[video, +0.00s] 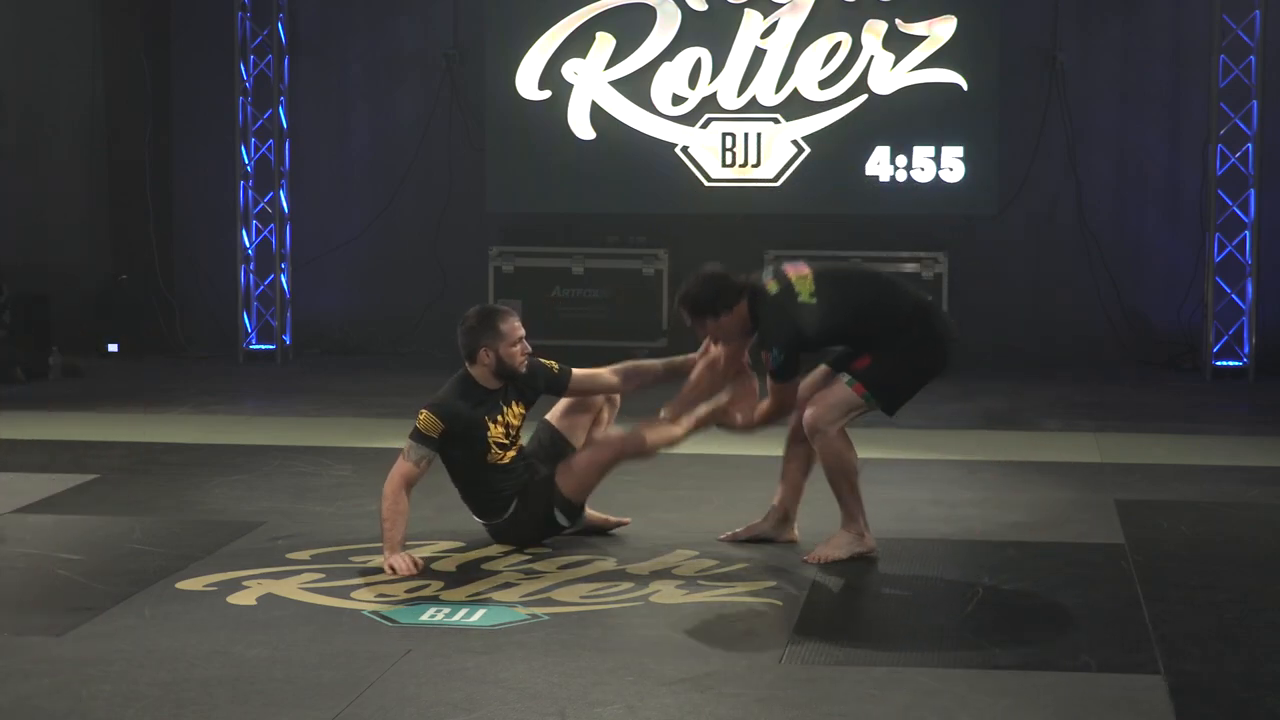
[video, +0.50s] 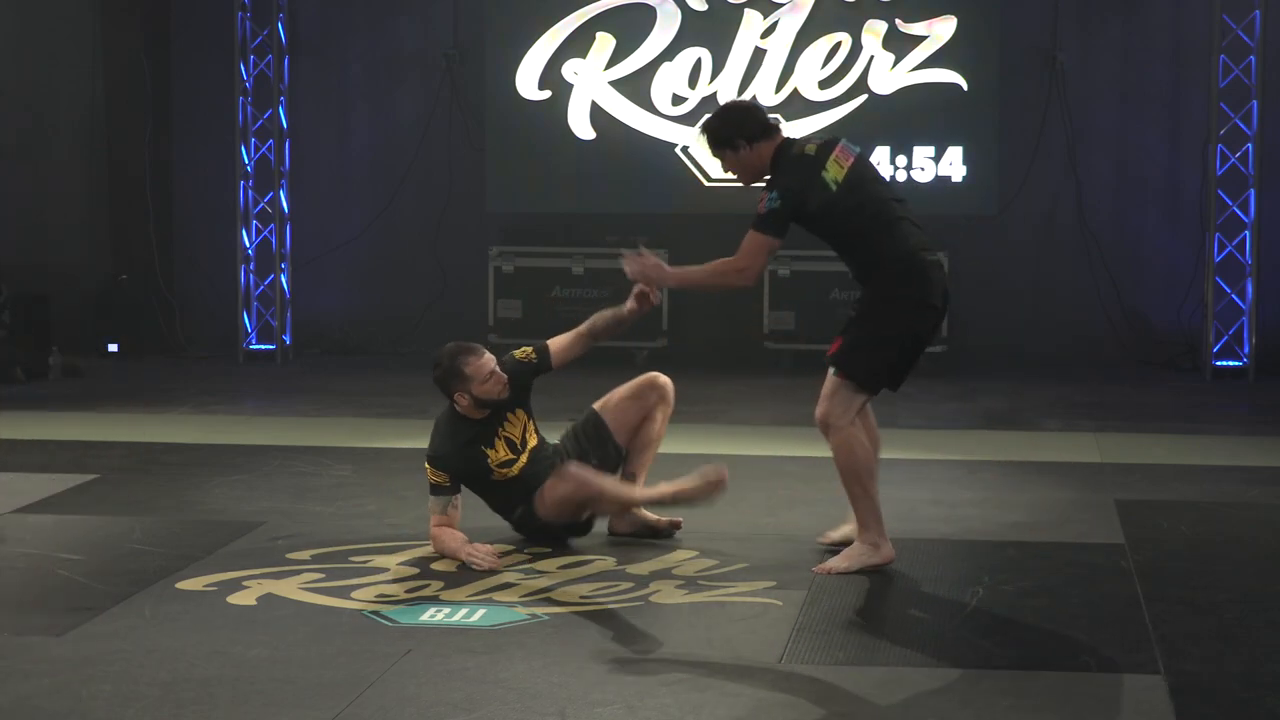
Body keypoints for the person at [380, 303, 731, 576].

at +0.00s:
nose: (528, 349)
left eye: (524, 339)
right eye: (518, 343)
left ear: (497, 352)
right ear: (486, 356)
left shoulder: (522, 373)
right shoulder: (447, 409)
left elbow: (614, 378)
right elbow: (398, 483)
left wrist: (691, 362)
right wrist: (392, 550)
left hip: (527, 473)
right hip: (514, 515)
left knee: (601, 396)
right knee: (609, 444)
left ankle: (570, 513)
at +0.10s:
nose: (518, 356)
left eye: (515, 348)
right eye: (506, 353)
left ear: (509, 349)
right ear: (475, 368)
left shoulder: (521, 372)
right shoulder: (451, 424)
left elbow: (611, 354)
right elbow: (412, 497)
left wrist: (688, 328)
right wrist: (406, 548)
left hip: (557, 487)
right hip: (542, 520)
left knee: (618, 383)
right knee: (606, 401)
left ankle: (608, 511)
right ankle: (707, 371)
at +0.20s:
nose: (513, 365)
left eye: (508, 356)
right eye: (501, 362)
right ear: (474, 381)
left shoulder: (519, 380)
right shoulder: (460, 444)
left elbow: (604, 349)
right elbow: (437, 518)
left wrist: (666, 309)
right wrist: (460, 548)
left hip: (586, 487)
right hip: (569, 520)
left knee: (667, 398)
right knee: (598, 404)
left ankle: (621, 511)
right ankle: (692, 332)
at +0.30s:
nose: (508, 377)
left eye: (502, 370)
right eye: (496, 376)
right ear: (471, 398)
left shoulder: (513, 387)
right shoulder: (463, 460)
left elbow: (587, 346)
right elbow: (441, 535)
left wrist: (627, 293)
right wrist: (487, 539)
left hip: (594, 480)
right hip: (581, 519)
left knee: (681, 394)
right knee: (584, 418)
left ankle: (632, 507)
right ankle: (657, 325)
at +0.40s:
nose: (503, 378)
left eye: (497, 369)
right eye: (491, 378)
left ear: (500, 365)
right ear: (466, 400)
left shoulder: (510, 379)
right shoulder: (454, 457)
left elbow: (578, 333)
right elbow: (438, 532)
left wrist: (626, 285)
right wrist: (472, 537)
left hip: (593, 480)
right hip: (568, 519)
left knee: (679, 393)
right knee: (574, 433)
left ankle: (630, 509)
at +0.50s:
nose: (503, 377)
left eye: (498, 367)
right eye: (490, 378)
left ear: (496, 360)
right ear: (462, 398)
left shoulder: (512, 370)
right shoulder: (447, 446)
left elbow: (584, 335)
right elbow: (441, 529)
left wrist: (627, 311)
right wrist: (465, 549)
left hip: (566, 462)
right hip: (537, 513)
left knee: (657, 387)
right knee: (574, 478)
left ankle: (626, 513)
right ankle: (673, 493)